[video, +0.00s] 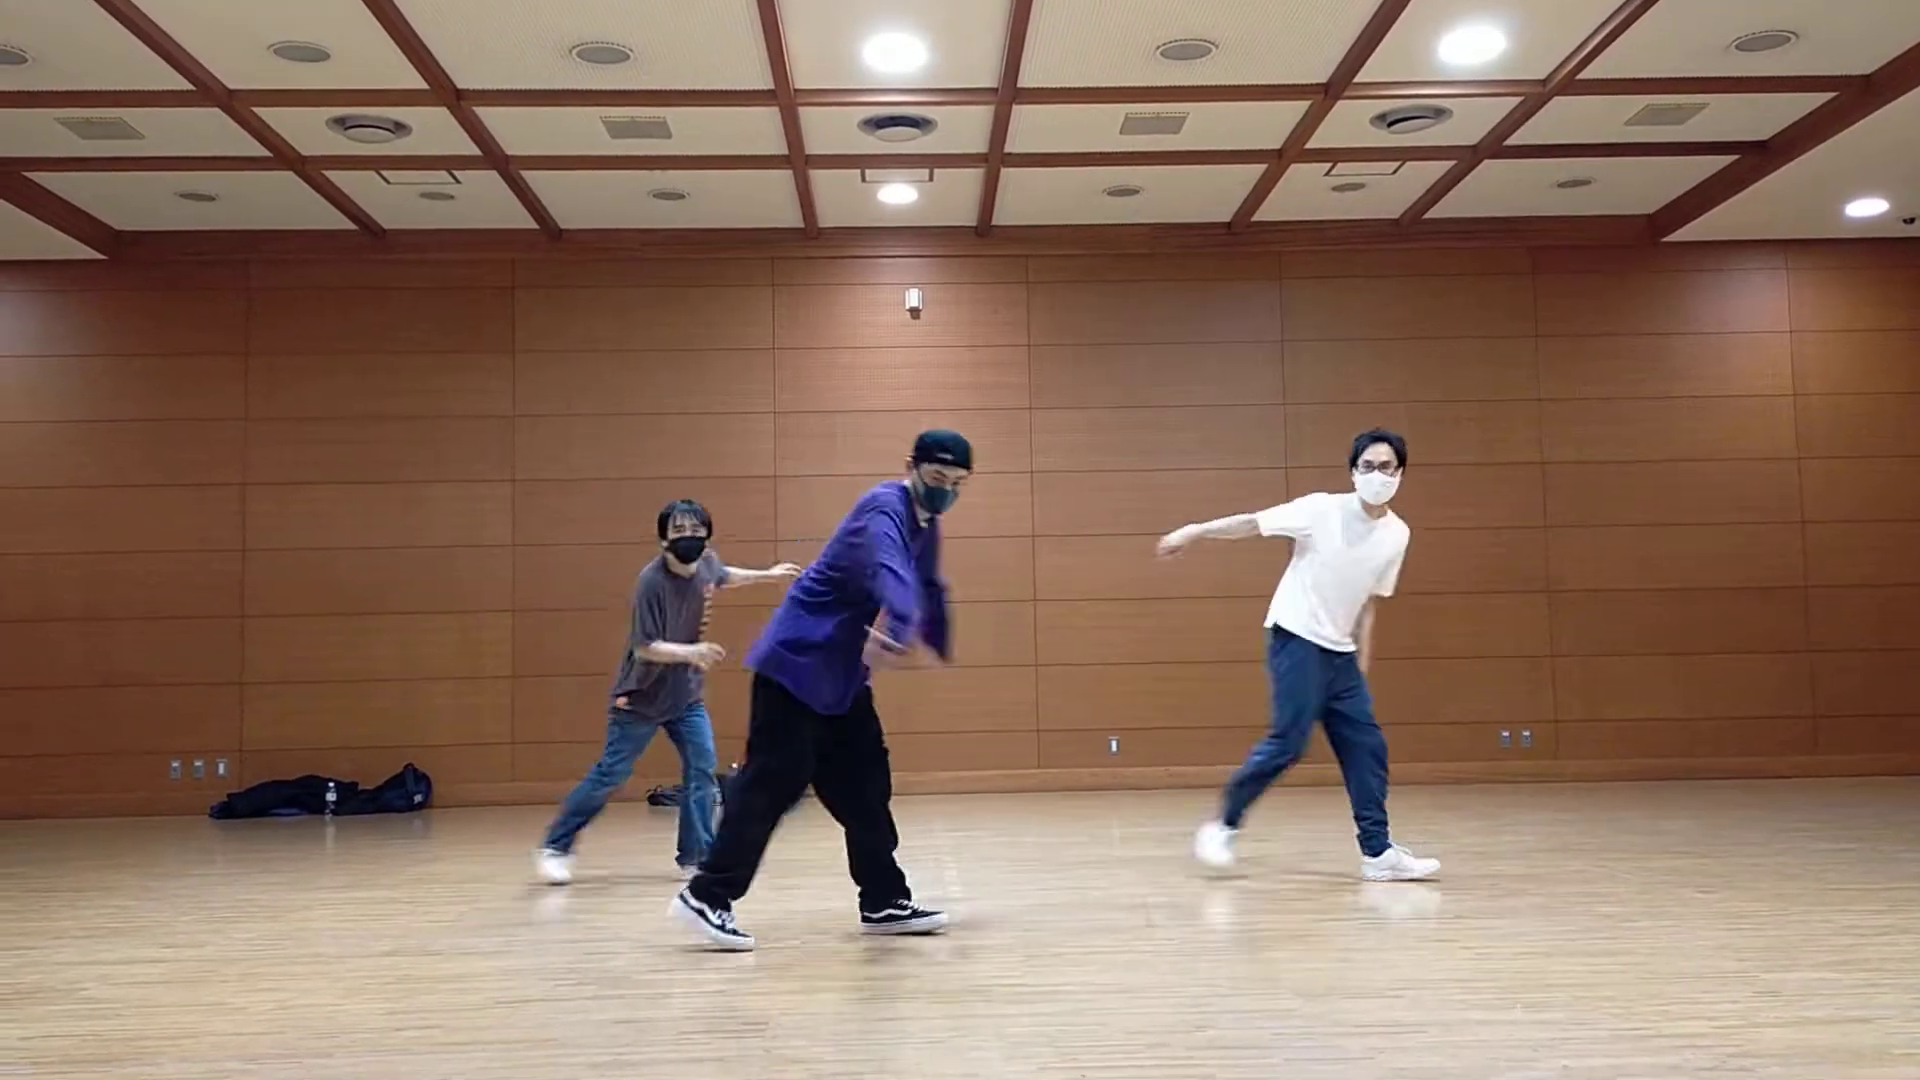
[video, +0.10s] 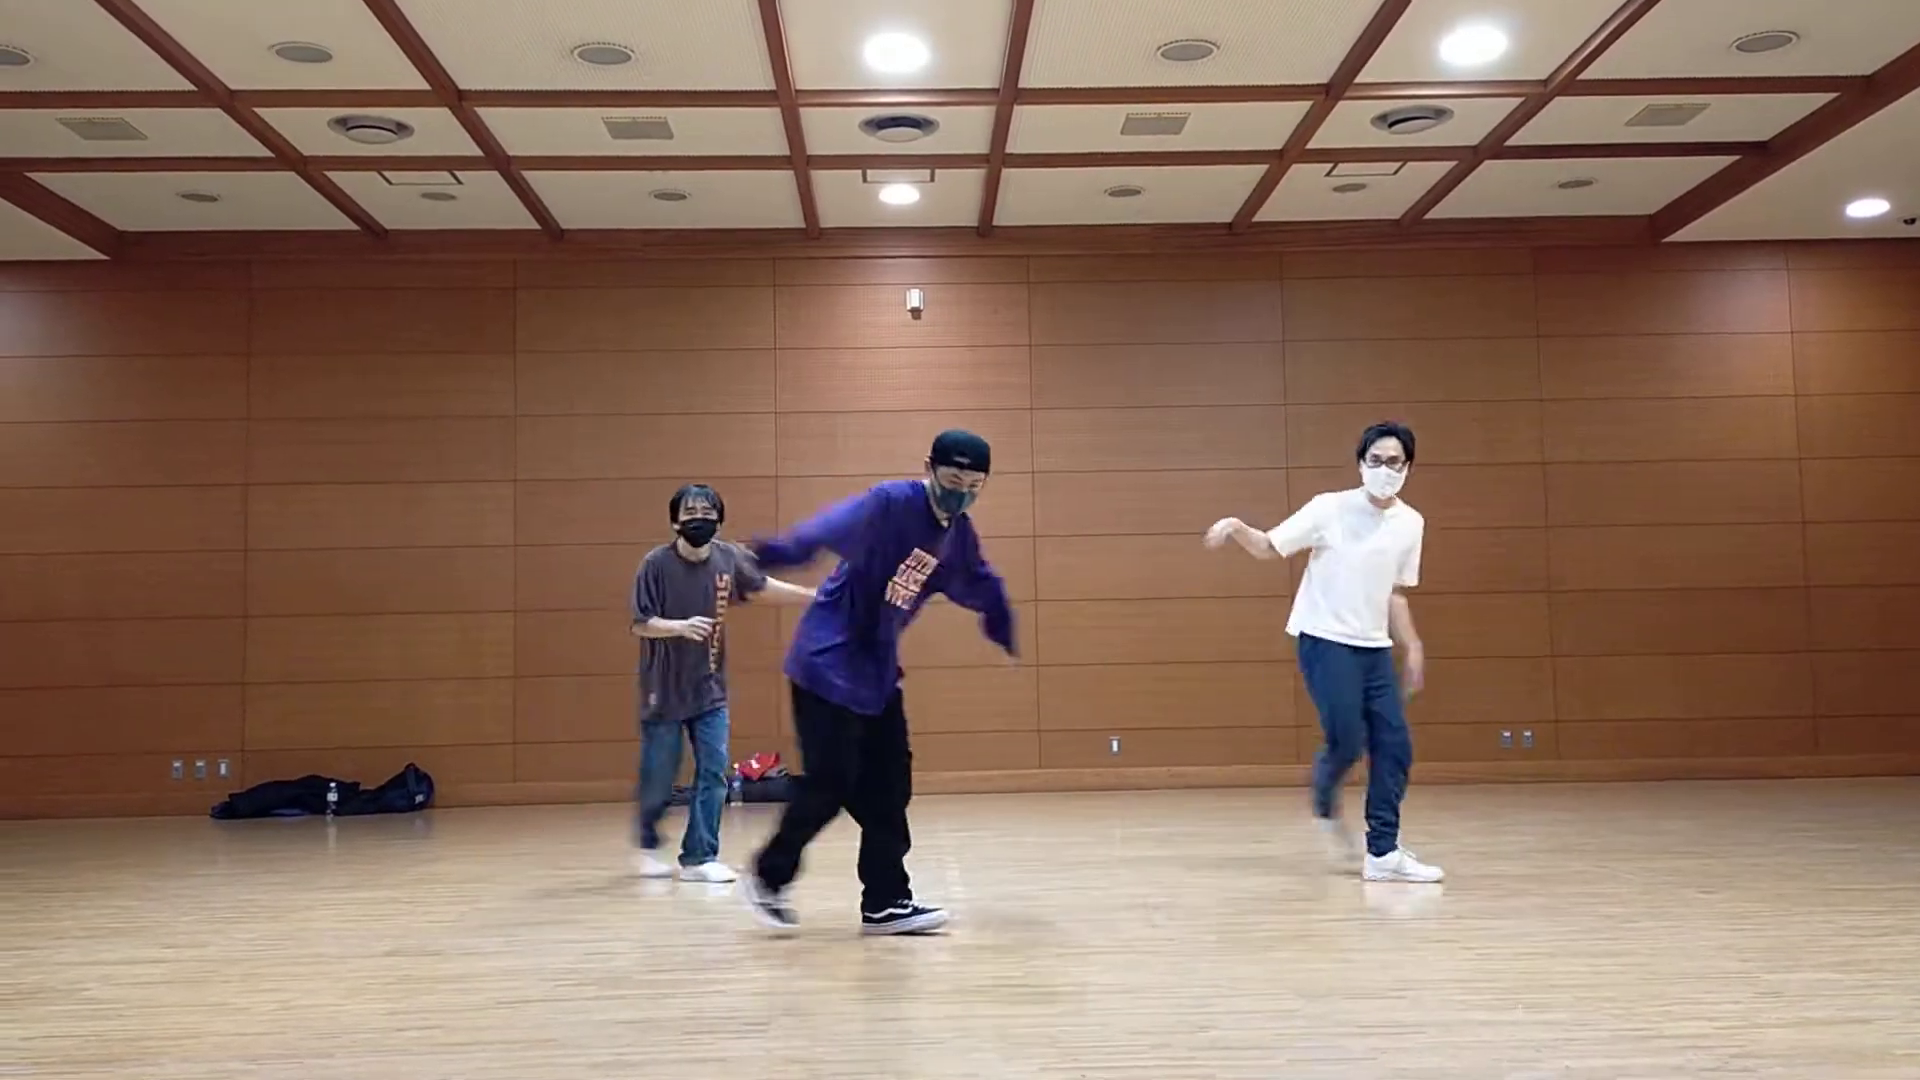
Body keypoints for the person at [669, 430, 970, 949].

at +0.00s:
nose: (946, 488)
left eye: (957, 481)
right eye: (938, 475)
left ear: (964, 484)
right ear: (914, 467)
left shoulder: (926, 523)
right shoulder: (883, 510)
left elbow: (931, 583)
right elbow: (888, 569)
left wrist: (938, 637)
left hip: (841, 672)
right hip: (794, 665)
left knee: (865, 787)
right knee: (773, 781)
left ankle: (883, 903)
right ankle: (705, 896)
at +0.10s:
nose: (964, 486)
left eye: (974, 479)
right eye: (955, 475)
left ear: (983, 482)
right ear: (932, 468)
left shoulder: (958, 532)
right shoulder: (892, 502)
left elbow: (972, 578)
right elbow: (827, 527)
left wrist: (996, 605)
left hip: (876, 664)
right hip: (827, 656)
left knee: (888, 785)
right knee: (831, 780)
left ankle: (885, 904)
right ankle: (767, 876)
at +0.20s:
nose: (969, 489)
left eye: (980, 480)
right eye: (960, 476)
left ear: (992, 476)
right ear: (940, 463)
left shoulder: (980, 532)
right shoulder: (891, 486)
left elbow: (1018, 578)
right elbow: (795, 481)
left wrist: (1056, 622)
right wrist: (721, 521)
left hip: (914, 669)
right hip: (856, 661)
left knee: (914, 783)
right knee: (877, 780)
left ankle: (886, 898)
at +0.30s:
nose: (970, 486)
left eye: (980, 477)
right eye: (960, 474)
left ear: (993, 476)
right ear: (942, 467)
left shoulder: (994, 536)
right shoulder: (895, 491)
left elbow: (1039, 592)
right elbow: (812, 491)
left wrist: (1095, 632)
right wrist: (764, 550)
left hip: (948, 672)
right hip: (880, 670)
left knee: (964, 778)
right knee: (911, 787)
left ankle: (918, 885)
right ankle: (954, 882)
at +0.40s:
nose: (965, 492)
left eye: (976, 483)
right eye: (955, 481)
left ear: (992, 485)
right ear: (941, 480)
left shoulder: (997, 552)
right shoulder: (905, 518)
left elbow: (1045, 623)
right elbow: (858, 561)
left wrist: (1090, 637)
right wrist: (851, 612)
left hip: (975, 681)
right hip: (910, 686)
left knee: (995, 770)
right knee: (942, 794)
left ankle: (991, 868)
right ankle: (982, 880)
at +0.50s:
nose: (967, 495)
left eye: (978, 485)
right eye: (957, 485)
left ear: (994, 485)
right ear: (942, 485)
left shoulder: (1009, 552)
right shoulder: (923, 529)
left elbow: (1019, 637)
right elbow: (916, 604)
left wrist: (1041, 596)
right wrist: (912, 669)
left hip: (983, 687)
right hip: (925, 688)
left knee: (1014, 773)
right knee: (946, 800)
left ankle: (1060, 873)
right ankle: (980, 881)